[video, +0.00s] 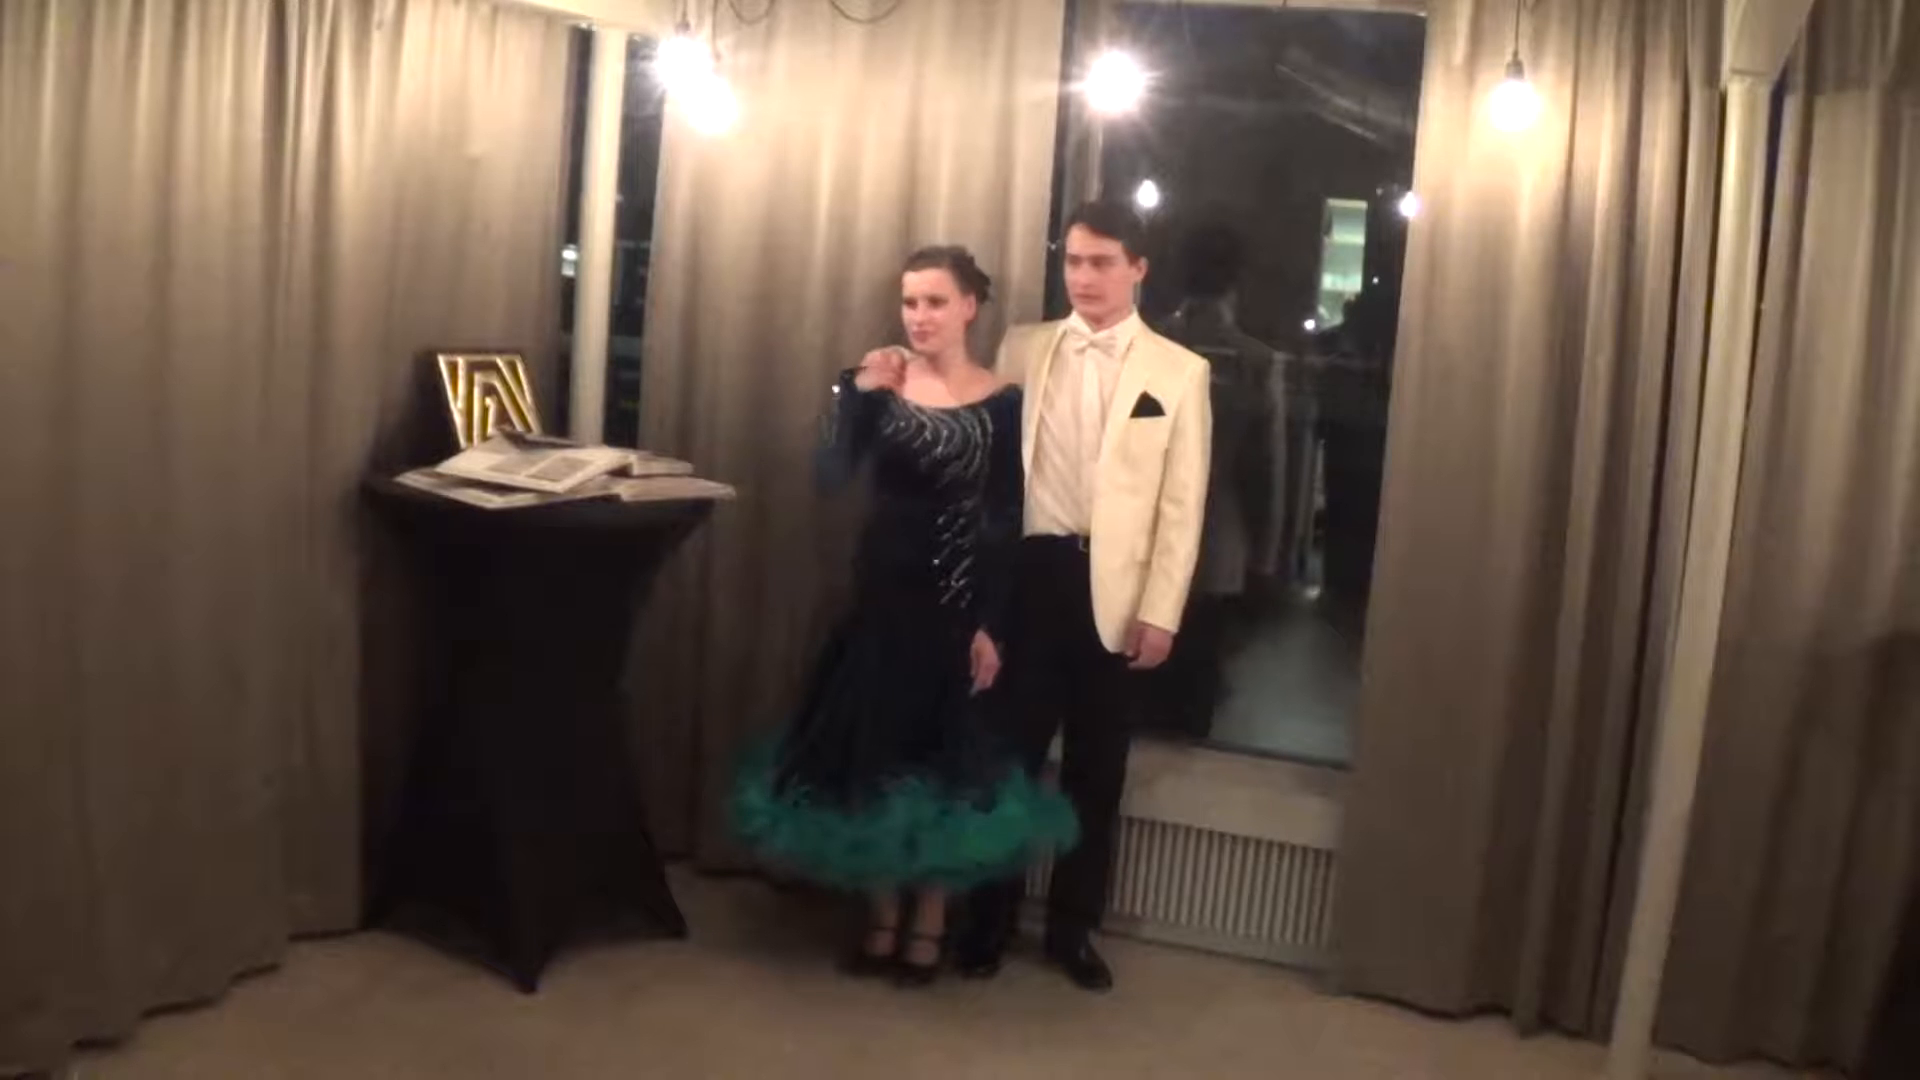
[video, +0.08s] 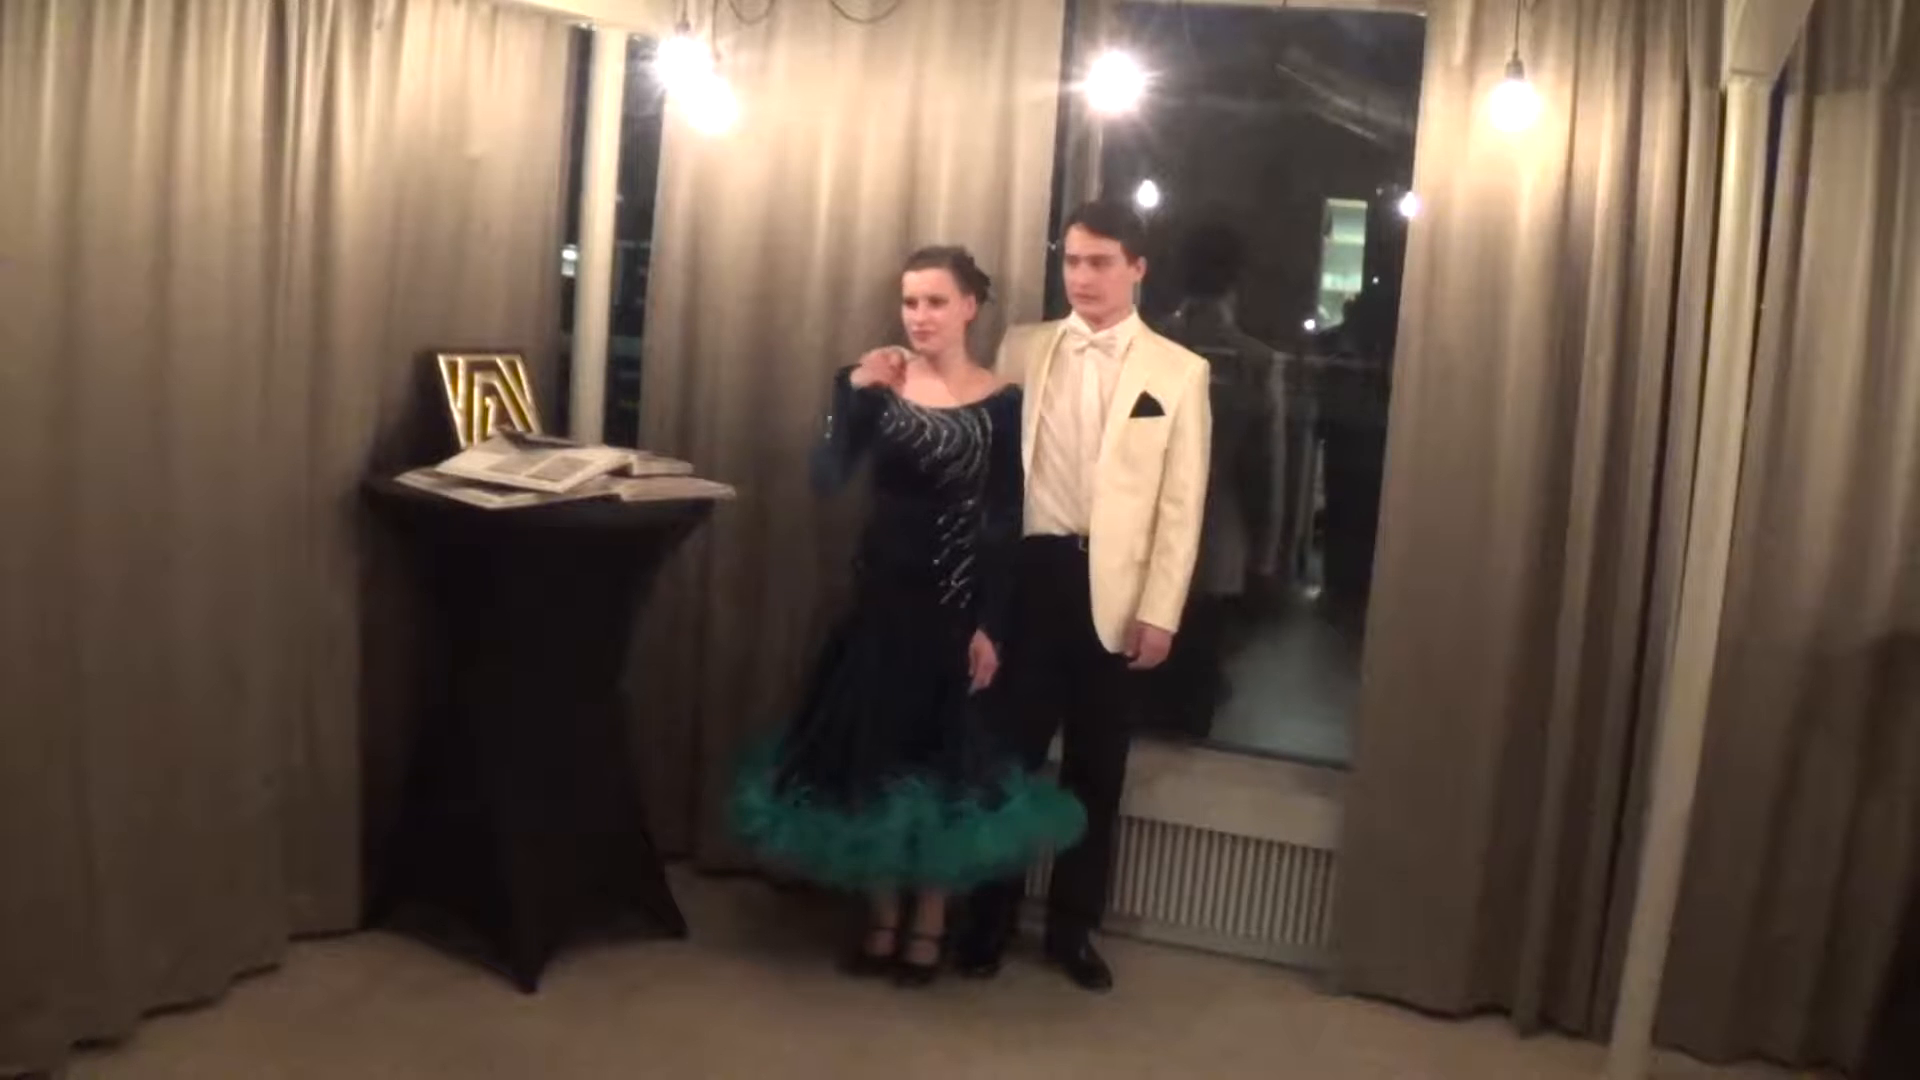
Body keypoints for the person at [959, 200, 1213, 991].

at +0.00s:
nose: (1083, 277)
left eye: (1100, 262)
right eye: (1073, 261)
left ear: (1138, 271)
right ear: (1061, 266)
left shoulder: (1181, 373)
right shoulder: (1026, 350)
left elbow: (1183, 503)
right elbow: (985, 460)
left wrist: (1162, 610)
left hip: (1113, 585)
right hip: (1024, 572)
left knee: (1096, 772)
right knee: (1007, 749)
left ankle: (1073, 931)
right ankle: (983, 925)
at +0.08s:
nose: (1081, 276)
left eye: (1099, 262)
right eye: (1071, 261)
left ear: (1137, 271)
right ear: (1060, 266)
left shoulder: (1180, 373)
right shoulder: (1025, 349)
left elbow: (1182, 503)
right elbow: (984, 458)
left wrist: (1161, 610)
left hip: (1113, 585)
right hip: (1024, 572)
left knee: (1096, 771)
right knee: (1007, 749)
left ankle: (1073, 931)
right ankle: (983, 925)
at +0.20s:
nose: (1082, 277)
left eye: (1099, 262)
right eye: (1071, 261)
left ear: (1136, 270)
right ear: (1060, 266)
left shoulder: (1180, 372)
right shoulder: (1026, 349)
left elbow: (1181, 503)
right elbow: (981, 455)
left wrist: (1160, 609)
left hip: (1112, 584)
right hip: (1024, 571)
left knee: (1096, 770)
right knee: (1010, 747)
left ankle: (1073, 931)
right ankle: (986, 925)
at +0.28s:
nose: (1082, 276)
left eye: (1099, 261)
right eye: (1072, 259)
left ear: (1136, 270)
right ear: (1059, 265)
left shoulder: (1180, 372)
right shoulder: (1025, 349)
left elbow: (1181, 503)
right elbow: (983, 457)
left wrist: (1160, 609)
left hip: (1111, 584)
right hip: (1023, 572)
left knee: (1096, 770)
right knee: (1009, 748)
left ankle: (1073, 931)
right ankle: (986, 924)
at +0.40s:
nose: (1084, 275)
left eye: (1101, 260)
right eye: (1073, 259)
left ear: (1136, 269)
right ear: (1060, 265)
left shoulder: (1179, 371)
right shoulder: (1024, 348)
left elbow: (1180, 502)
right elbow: (983, 456)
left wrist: (1160, 608)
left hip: (1112, 584)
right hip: (1023, 571)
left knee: (1096, 769)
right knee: (1009, 747)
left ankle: (1073, 930)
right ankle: (985, 925)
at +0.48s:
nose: (1088, 275)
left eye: (1104, 260)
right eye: (1076, 259)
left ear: (1136, 269)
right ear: (1060, 266)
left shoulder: (1179, 371)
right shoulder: (1023, 348)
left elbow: (1180, 502)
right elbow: (981, 453)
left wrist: (1160, 609)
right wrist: (898, 369)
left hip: (1112, 584)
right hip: (1023, 572)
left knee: (1096, 769)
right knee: (1008, 747)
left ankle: (1073, 930)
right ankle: (985, 924)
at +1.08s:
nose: (1127, 283)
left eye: (1138, 270)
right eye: (1111, 266)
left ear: (1150, 281)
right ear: (1071, 270)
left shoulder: (1177, 370)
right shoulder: (1019, 344)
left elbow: (1182, 499)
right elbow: (972, 446)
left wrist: (1164, 604)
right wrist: (890, 372)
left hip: (1114, 580)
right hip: (1024, 568)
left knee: (1099, 763)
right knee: (1010, 744)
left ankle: (1072, 929)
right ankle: (984, 922)